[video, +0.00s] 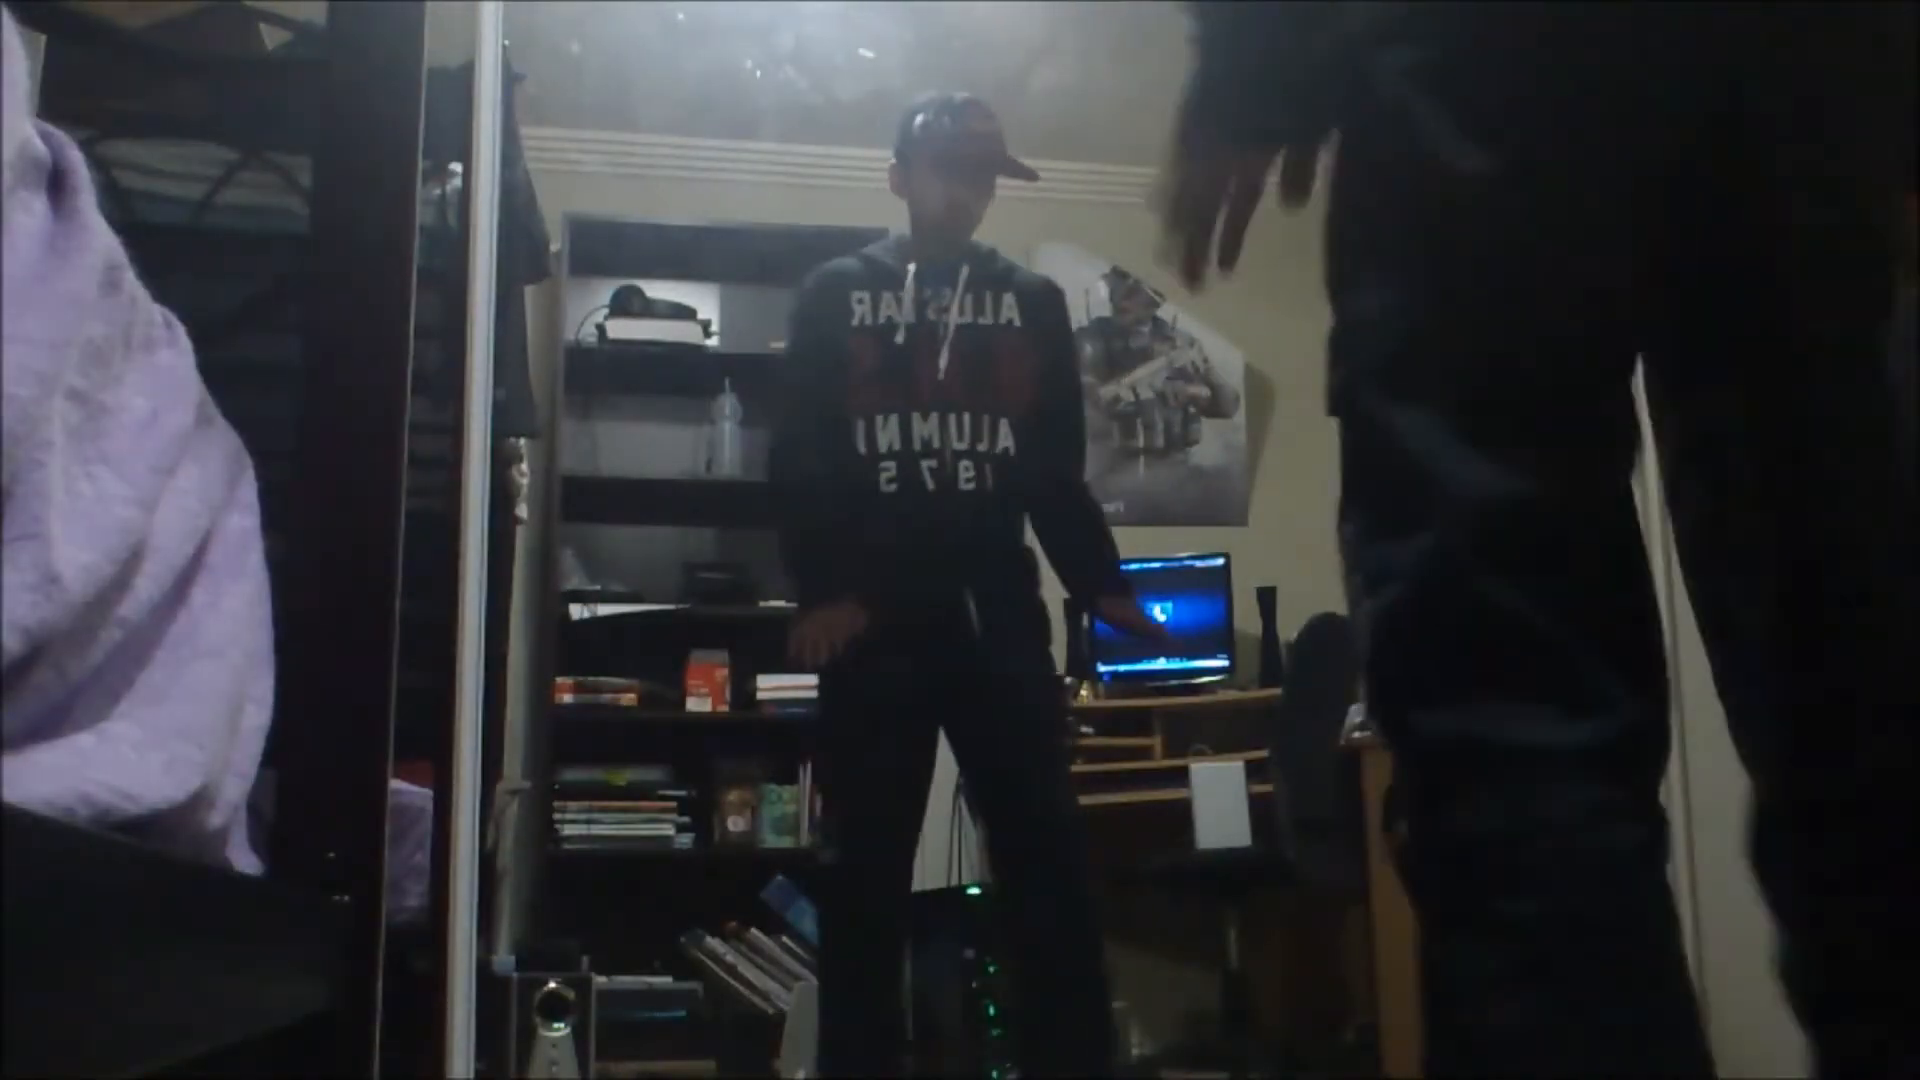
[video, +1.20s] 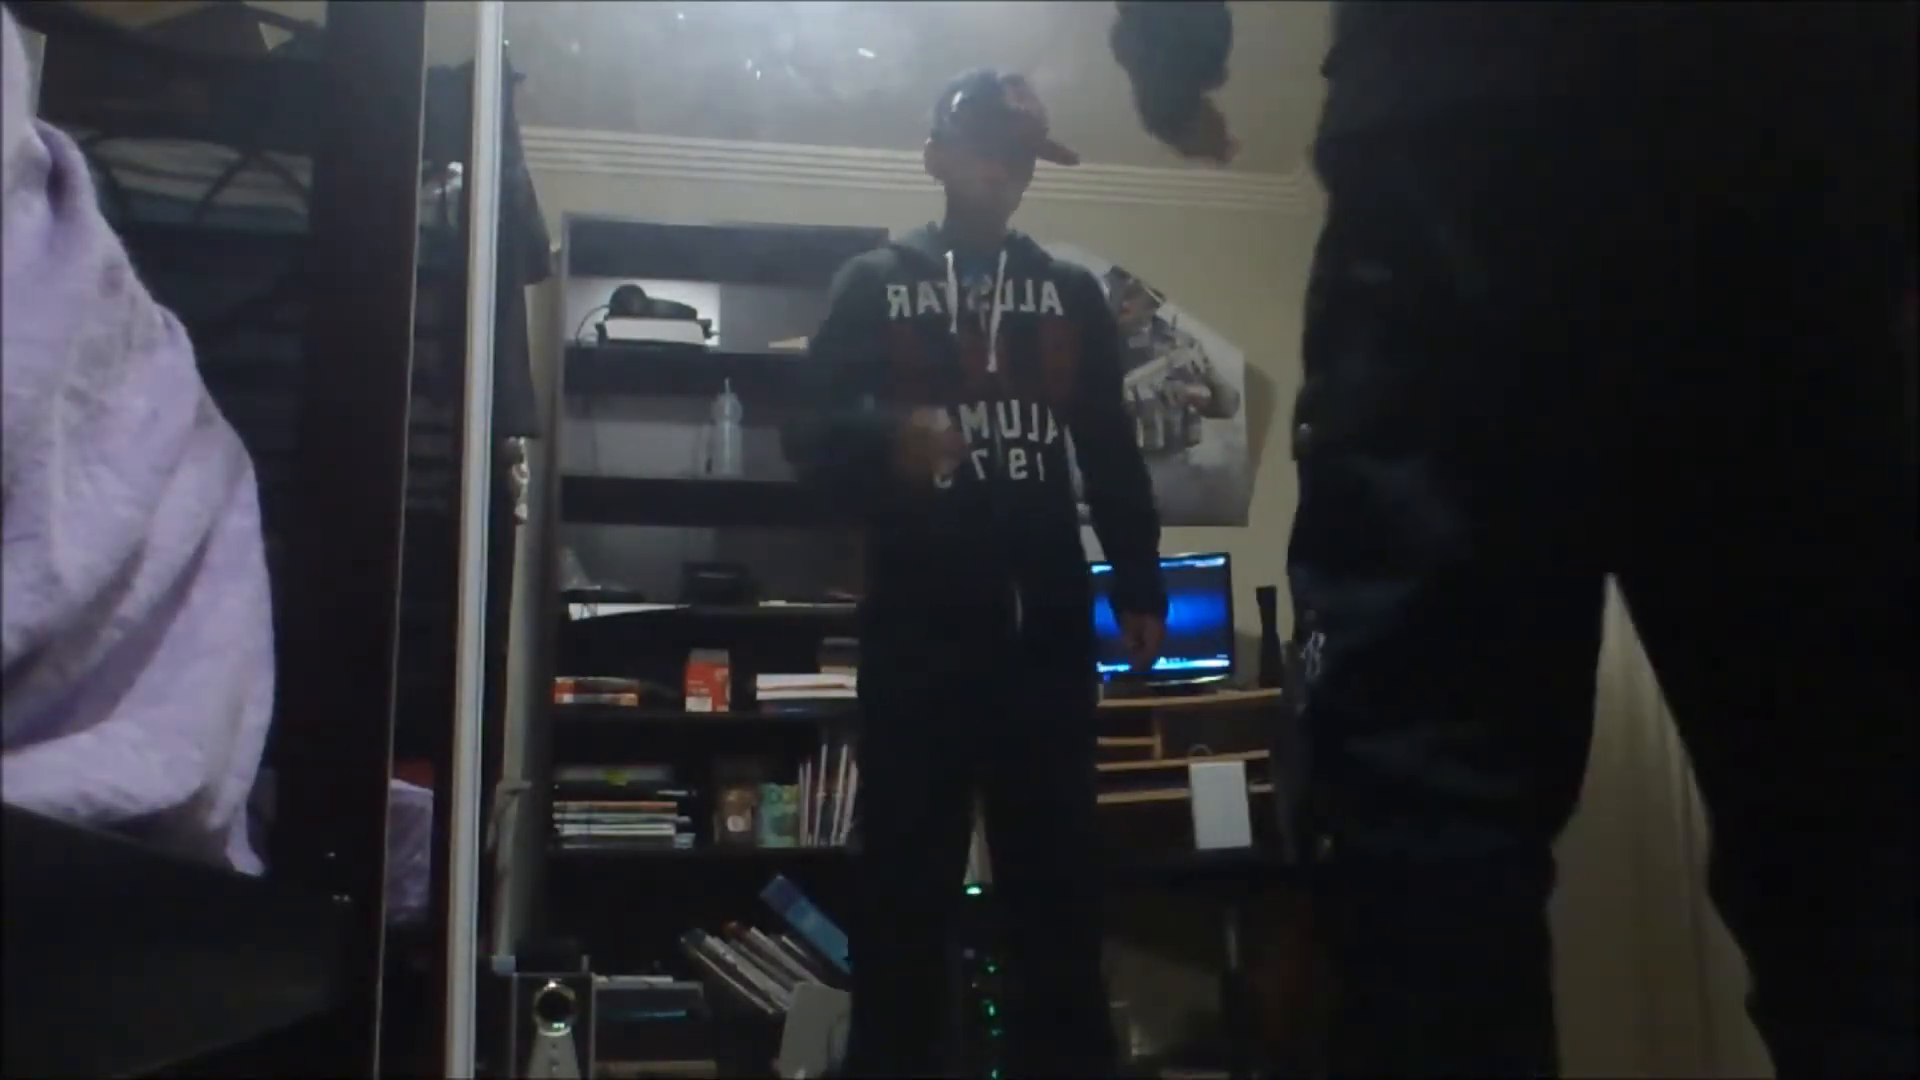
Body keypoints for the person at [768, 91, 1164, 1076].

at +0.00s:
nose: (967, 188)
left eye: (983, 171)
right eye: (947, 167)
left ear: (999, 179)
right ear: (901, 173)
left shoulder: (1032, 301)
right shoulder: (837, 290)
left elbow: (1053, 471)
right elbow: (804, 448)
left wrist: (1102, 585)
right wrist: (819, 587)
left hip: (996, 609)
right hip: (874, 610)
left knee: (1044, 855)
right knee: (867, 868)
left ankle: (1071, 1064)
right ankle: (857, 1069)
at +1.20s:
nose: (998, 171)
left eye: (1015, 155)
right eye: (979, 149)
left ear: (1033, 167)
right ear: (936, 154)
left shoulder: (1070, 291)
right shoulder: (876, 282)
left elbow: (1110, 449)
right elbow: (814, 429)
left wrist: (1140, 587)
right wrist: (889, 442)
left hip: (1047, 611)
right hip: (919, 608)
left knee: (1051, 866)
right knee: (909, 867)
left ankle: (1059, 1068)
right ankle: (904, 1066)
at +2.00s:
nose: (999, 187)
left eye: (1019, 170)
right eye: (981, 167)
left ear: (1046, 184)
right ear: (949, 177)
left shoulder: (1092, 299)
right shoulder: (893, 304)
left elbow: (1164, 467)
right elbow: (857, 466)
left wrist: (1113, 454)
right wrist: (842, 599)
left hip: (1052, 618)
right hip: (924, 615)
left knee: (1061, 868)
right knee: (893, 866)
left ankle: (1069, 1066)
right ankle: (883, 1068)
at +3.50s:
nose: (938, 238)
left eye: (958, 222)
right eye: (922, 222)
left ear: (992, 234)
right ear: (900, 230)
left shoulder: (1047, 346)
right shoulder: (868, 359)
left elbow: (1096, 499)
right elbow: (834, 504)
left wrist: (1034, 585)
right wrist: (813, 613)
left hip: (1005, 636)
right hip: (889, 635)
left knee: (1019, 867)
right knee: (834, 850)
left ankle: (1046, 1061)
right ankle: (819, 1058)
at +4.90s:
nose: (961, 242)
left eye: (977, 227)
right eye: (944, 222)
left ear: (996, 242)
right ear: (906, 231)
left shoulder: (1027, 357)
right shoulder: (846, 354)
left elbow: (1075, 490)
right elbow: (813, 502)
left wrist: (1092, 599)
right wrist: (879, 558)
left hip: (1004, 644)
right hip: (887, 646)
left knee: (1042, 878)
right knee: (864, 886)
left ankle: (1069, 1067)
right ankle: (849, 1068)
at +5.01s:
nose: (997, 244)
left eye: (1008, 230)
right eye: (980, 225)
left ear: (1018, 242)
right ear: (932, 229)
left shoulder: (1040, 356)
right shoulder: (868, 336)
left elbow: (1086, 487)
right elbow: (828, 484)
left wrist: (1120, 596)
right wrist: (935, 492)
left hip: (1011, 641)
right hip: (900, 638)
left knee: (1052, 888)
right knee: (874, 894)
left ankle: (1065, 1069)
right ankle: (851, 1070)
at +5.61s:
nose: (1051, 238)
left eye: (1064, 225)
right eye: (1033, 217)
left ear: (1075, 237)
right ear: (987, 222)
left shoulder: (1107, 347)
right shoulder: (921, 339)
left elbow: (1202, 484)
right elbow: (864, 480)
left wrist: (1179, 441)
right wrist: (869, 605)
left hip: (1052, 628)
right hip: (934, 625)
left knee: (1060, 862)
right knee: (875, 853)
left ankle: (1067, 1063)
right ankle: (852, 1062)